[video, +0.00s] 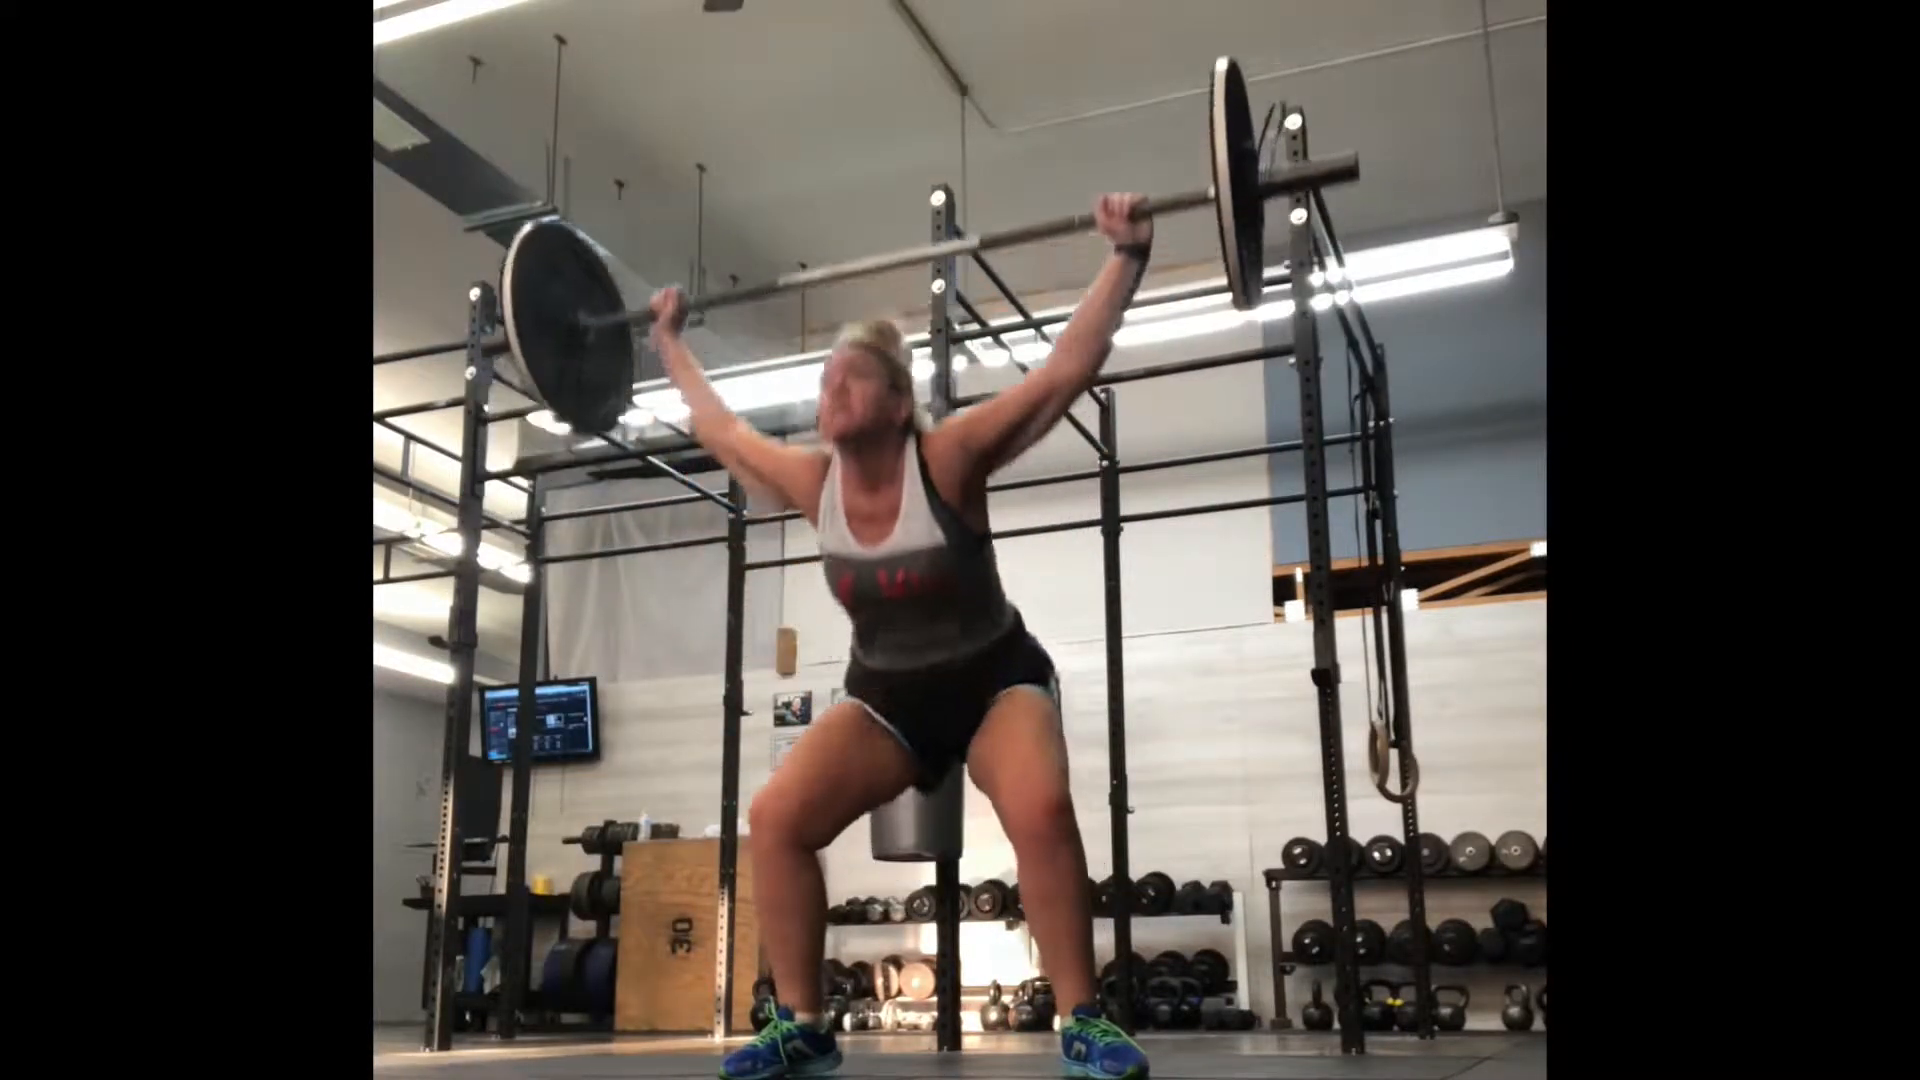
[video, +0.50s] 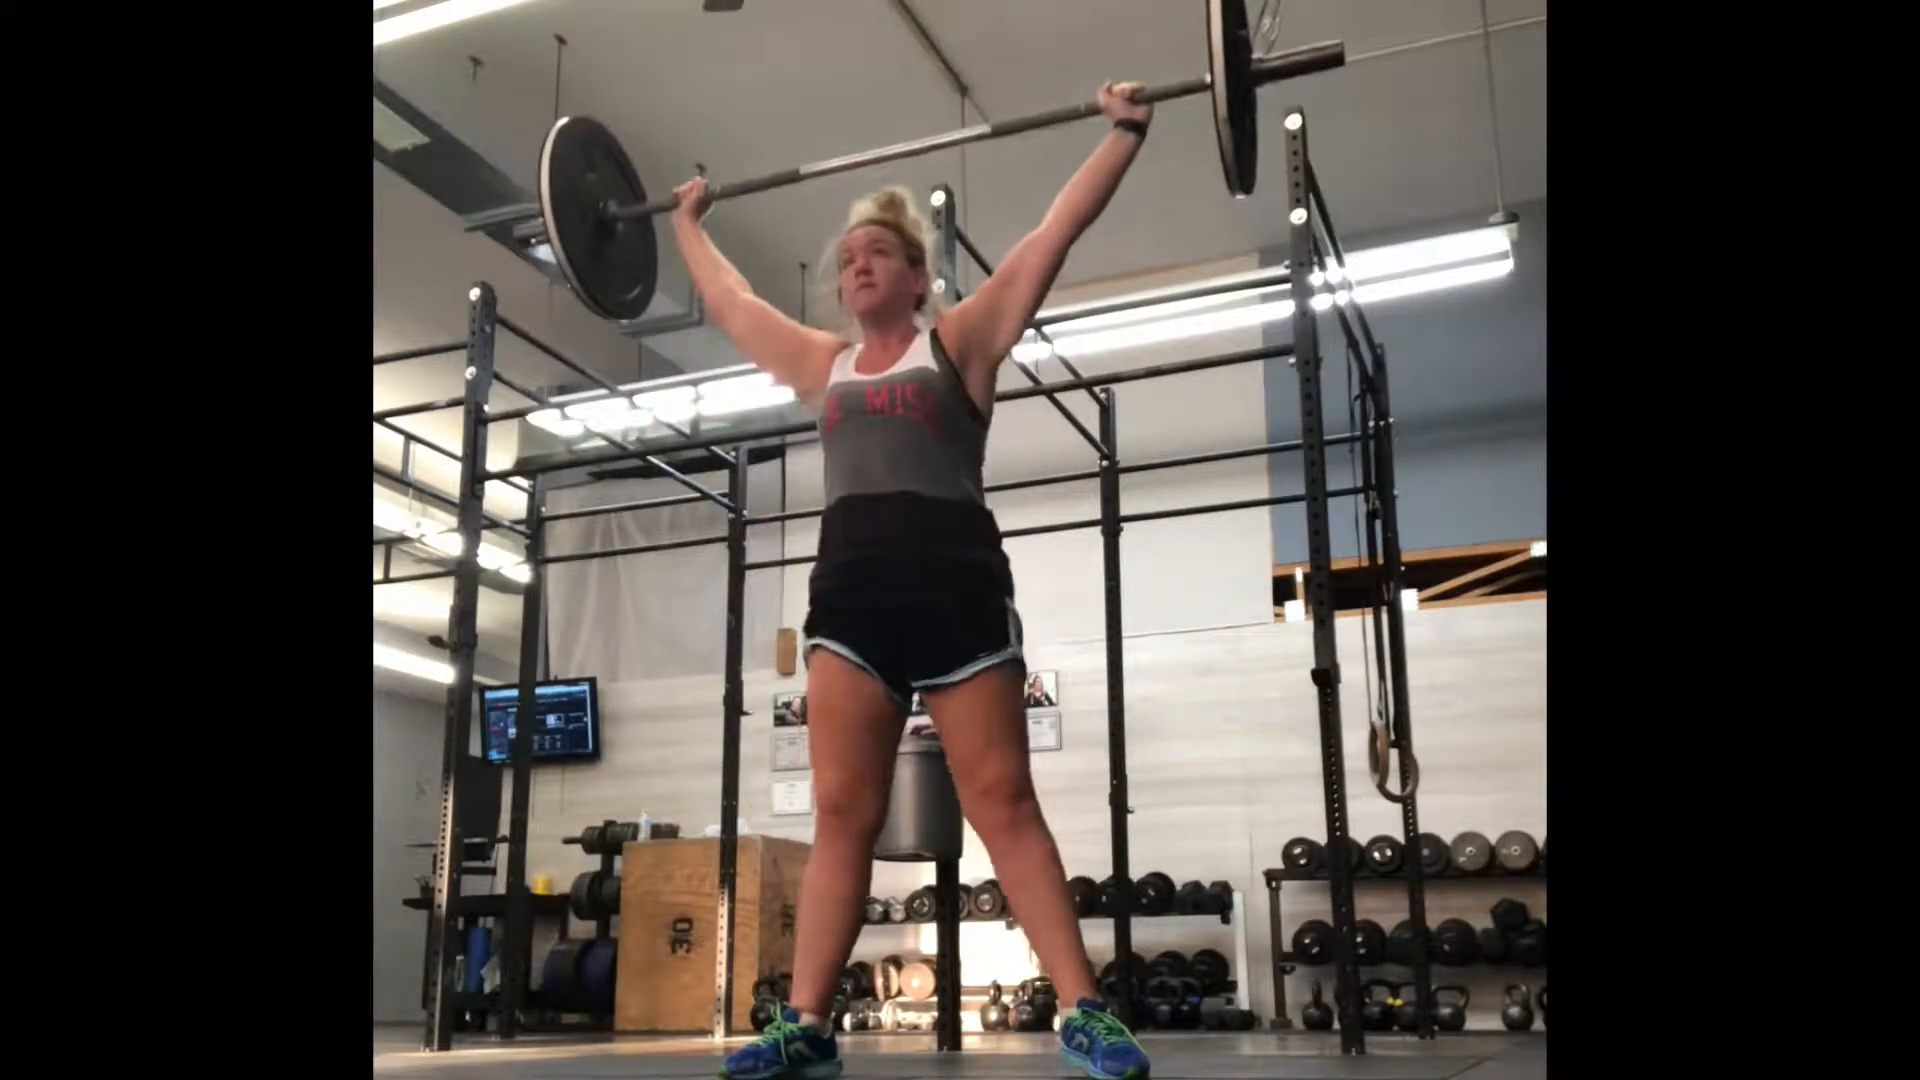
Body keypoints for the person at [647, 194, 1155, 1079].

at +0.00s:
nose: (834, 393)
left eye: (855, 379)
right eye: (828, 380)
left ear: (899, 401)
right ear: (822, 399)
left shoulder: (949, 456)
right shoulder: (812, 481)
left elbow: (1062, 375)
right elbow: (722, 434)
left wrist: (1125, 256)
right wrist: (668, 343)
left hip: (994, 683)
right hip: (884, 699)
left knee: (1045, 816)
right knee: (775, 819)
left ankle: (1078, 1018)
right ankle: (800, 1021)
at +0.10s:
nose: (837, 344)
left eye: (855, 332)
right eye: (832, 333)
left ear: (903, 350)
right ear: (828, 353)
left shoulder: (952, 410)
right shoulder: (816, 438)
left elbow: (1058, 332)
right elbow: (729, 394)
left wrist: (1124, 218)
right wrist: (672, 306)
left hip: (989, 655)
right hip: (880, 668)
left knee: (1042, 811)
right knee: (778, 815)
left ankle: (1079, 1016)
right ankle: (799, 1019)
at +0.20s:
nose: (835, 292)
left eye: (853, 282)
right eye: (833, 284)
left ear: (903, 303)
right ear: (831, 312)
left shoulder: (954, 361)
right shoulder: (821, 395)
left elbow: (1056, 279)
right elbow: (727, 344)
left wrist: (1127, 178)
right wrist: (676, 258)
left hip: (982, 623)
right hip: (872, 635)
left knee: (1034, 808)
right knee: (790, 810)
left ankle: (1080, 1015)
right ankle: (800, 1019)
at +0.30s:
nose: (853, 255)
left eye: (871, 247)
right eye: (844, 250)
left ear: (912, 270)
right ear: (833, 280)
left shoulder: (954, 330)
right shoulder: (819, 360)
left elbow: (1054, 243)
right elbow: (728, 307)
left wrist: (1128, 139)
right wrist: (682, 223)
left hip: (972, 595)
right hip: (862, 606)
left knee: (1021, 798)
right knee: (812, 805)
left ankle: (1079, 1010)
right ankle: (803, 1020)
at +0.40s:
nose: (857, 252)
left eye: (874, 243)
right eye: (847, 246)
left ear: (915, 263)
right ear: (836, 272)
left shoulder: (958, 327)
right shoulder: (821, 355)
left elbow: (1056, 227)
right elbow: (729, 298)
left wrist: (1127, 128)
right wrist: (685, 213)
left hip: (966, 592)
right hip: (854, 599)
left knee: (1011, 794)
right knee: (827, 805)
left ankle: (1080, 1007)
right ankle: (804, 1022)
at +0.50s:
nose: (859, 264)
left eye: (876, 252)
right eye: (849, 257)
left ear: (917, 269)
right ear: (838, 280)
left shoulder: (963, 336)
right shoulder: (824, 364)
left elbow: (1054, 233)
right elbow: (731, 303)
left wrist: (1124, 133)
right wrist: (685, 221)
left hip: (957, 595)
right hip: (847, 603)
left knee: (1003, 804)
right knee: (839, 812)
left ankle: (1080, 1007)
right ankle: (806, 1025)